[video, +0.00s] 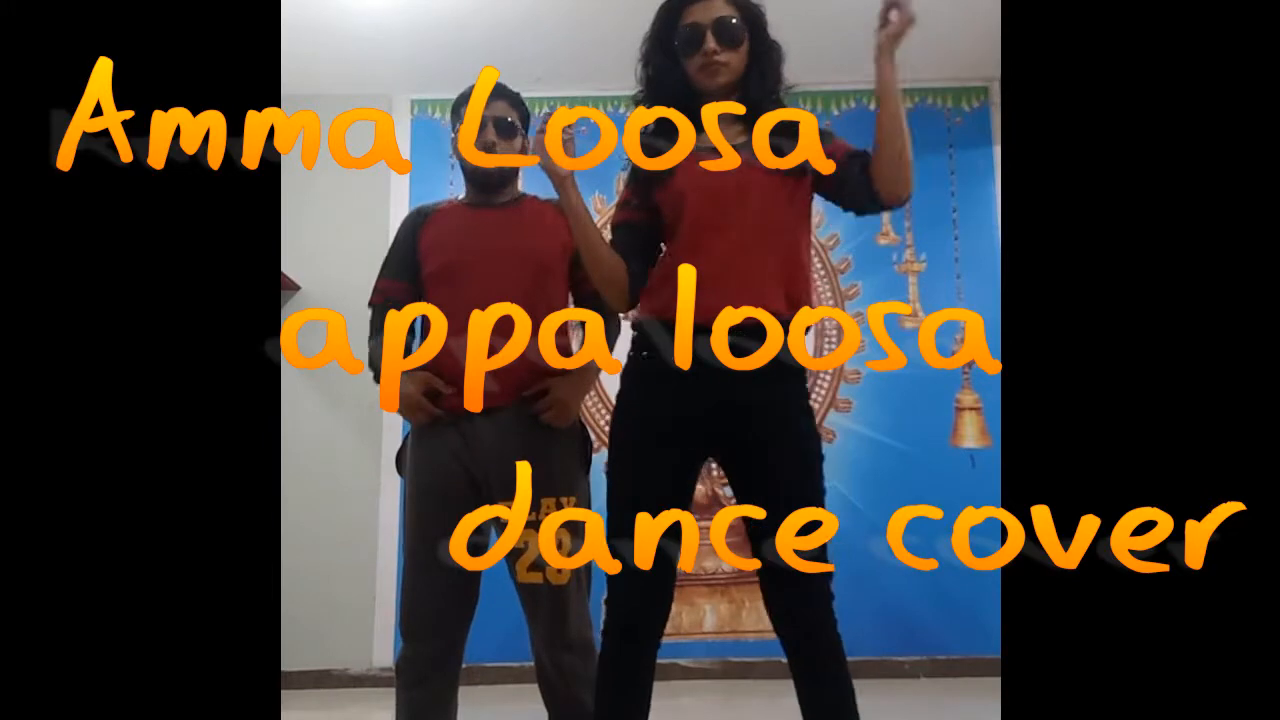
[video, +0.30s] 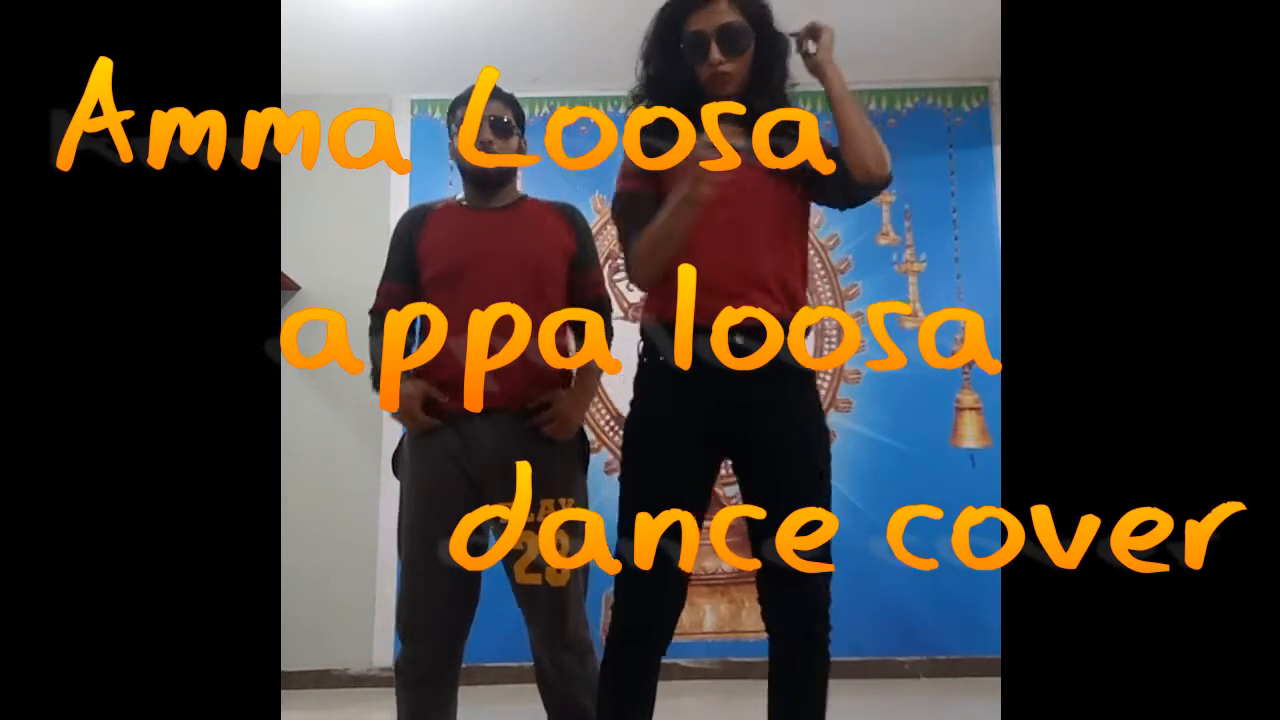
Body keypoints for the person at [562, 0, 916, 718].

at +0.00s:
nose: (710, 47)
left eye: (727, 32)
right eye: (691, 36)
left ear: (755, 47)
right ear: (670, 55)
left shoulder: (789, 134)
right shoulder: (659, 147)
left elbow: (888, 186)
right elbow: (617, 285)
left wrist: (885, 63)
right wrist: (562, 182)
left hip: (767, 380)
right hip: (664, 378)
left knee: (802, 592)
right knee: (637, 594)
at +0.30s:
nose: (714, 57)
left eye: (730, 38)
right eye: (695, 45)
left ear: (760, 45)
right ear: (674, 57)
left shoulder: (784, 133)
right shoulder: (654, 140)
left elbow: (868, 176)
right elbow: (639, 269)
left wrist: (829, 72)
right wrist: (686, 196)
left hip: (777, 383)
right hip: (674, 383)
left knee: (800, 596)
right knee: (646, 598)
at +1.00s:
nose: (744, 64)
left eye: (760, 45)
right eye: (724, 52)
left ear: (787, 49)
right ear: (701, 65)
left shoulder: (821, 130)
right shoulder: (697, 145)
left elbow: (905, 158)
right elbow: (732, 253)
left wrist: (847, 66)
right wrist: (878, 242)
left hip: (785, 385)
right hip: (687, 381)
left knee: (794, 594)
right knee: (636, 576)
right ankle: (580, 717)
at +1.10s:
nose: (745, 65)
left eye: (760, 46)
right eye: (725, 53)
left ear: (787, 49)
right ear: (702, 64)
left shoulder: (824, 129)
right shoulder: (702, 145)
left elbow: (904, 156)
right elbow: (741, 258)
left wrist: (845, 64)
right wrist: (885, 241)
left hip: (777, 378)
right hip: (681, 370)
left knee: (791, 588)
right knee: (631, 568)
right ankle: (577, 716)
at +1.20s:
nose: (746, 65)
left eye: (762, 46)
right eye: (725, 52)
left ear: (789, 50)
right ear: (702, 63)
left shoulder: (825, 130)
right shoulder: (700, 146)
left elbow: (900, 161)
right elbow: (742, 257)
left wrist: (845, 67)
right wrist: (886, 244)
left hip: (779, 382)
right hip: (682, 376)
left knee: (793, 592)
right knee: (630, 575)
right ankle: (577, 717)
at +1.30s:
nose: (749, 66)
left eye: (764, 47)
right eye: (728, 53)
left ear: (792, 54)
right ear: (707, 64)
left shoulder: (826, 137)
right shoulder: (700, 153)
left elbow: (905, 157)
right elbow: (733, 249)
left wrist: (850, 66)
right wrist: (875, 251)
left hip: (790, 392)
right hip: (688, 390)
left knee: (797, 599)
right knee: (638, 585)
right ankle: (581, 718)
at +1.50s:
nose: (750, 65)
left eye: (765, 45)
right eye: (729, 52)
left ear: (791, 46)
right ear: (706, 62)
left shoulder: (833, 130)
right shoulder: (706, 143)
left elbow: (921, 144)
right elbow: (738, 245)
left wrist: (857, 57)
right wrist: (882, 246)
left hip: (776, 381)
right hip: (679, 374)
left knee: (790, 590)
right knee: (632, 571)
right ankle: (581, 717)